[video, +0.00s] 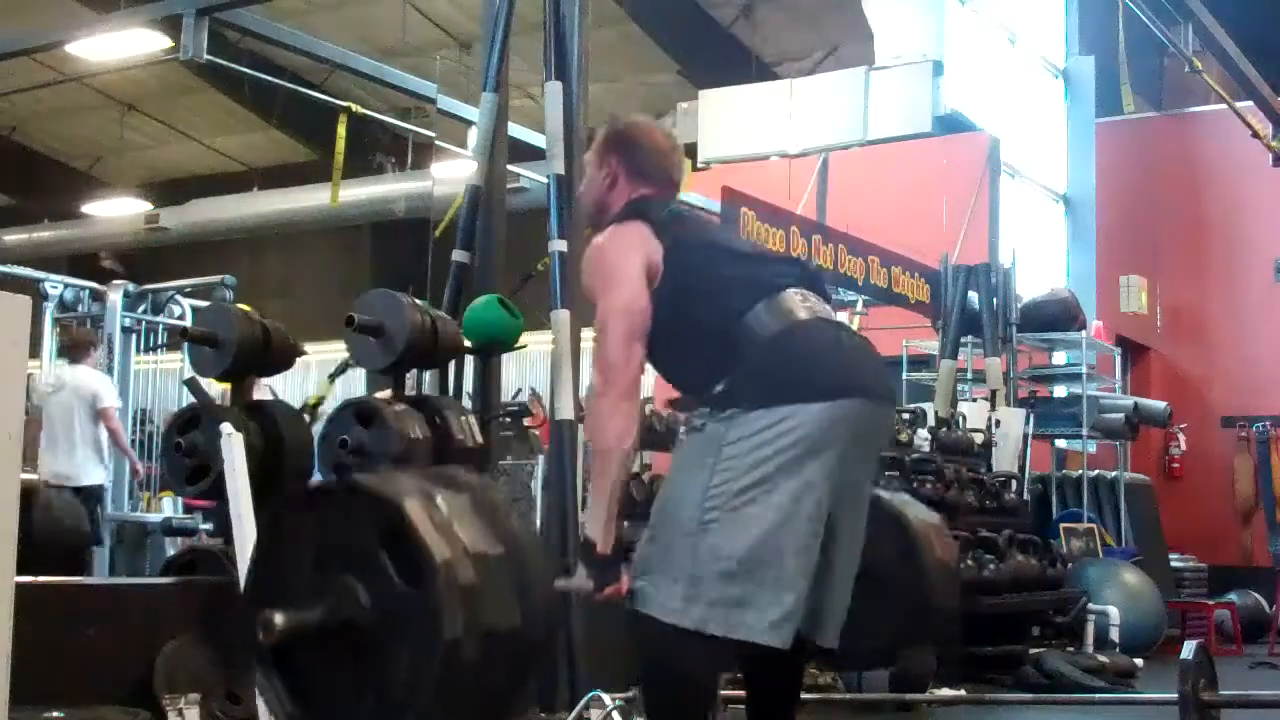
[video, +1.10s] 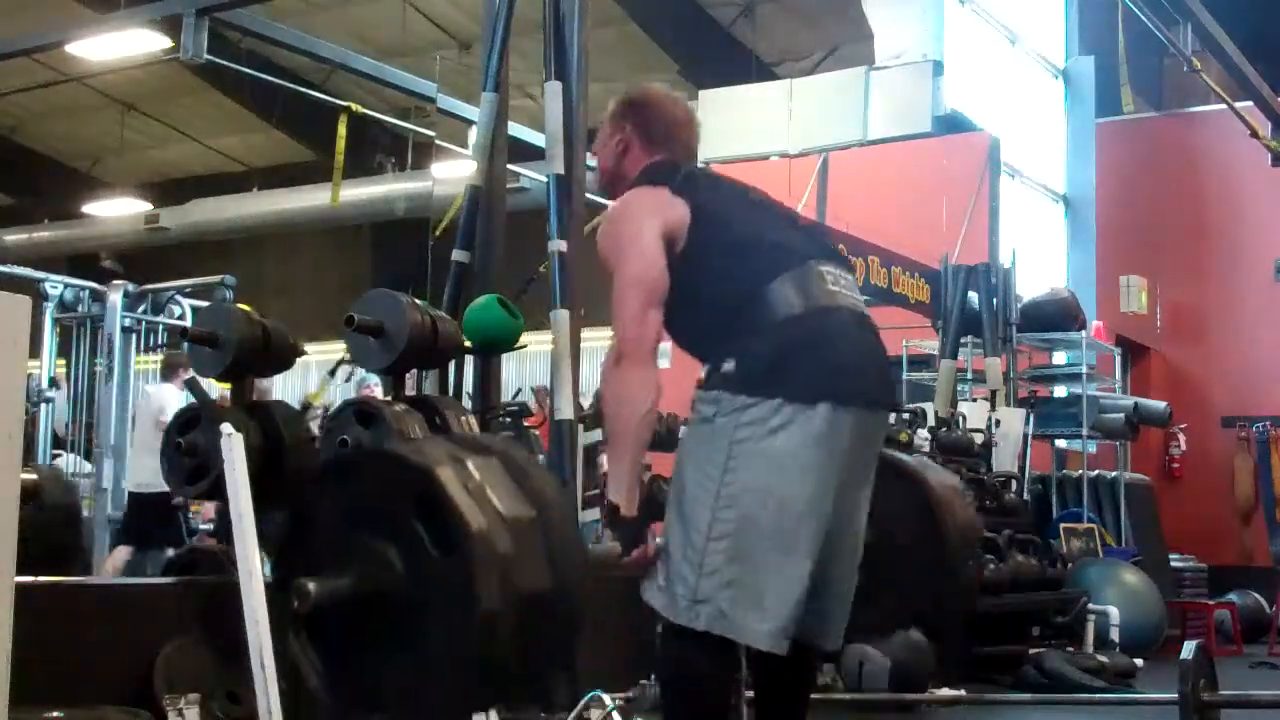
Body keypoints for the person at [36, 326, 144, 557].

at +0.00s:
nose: (97, 357)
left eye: (95, 351)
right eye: (96, 351)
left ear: (67, 351)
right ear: (90, 352)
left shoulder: (47, 379)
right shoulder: (98, 380)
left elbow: (35, 427)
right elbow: (111, 424)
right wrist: (133, 459)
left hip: (51, 477)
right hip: (86, 479)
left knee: (53, 544)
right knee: (86, 545)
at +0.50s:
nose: (127, 365)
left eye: (126, 359)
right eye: (125, 360)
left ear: (100, 360)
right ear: (116, 361)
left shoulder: (81, 387)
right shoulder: (117, 387)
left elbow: (67, 432)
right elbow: (123, 430)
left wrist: (71, 472)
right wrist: (133, 471)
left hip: (83, 482)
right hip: (109, 481)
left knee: (89, 546)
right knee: (116, 544)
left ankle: (87, 593)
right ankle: (90, 588)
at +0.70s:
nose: (141, 368)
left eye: (140, 363)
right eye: (139, 363)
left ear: (116, 362)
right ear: (130, 362)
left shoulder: (95, 388)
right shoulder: (127, 387)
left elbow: (87, 431)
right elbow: (128, 427)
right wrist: (146, 465)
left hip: (94, 480)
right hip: (123, 479)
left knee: (94, 543)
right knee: (144, 537)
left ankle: (93, 597)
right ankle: (125, 584)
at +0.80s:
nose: (148, 372)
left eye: (148, 366)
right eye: (147, 366)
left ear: (125, 365)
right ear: (138, 365)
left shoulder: (104, 388)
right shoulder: (133, 389)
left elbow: (100, 433)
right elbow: (133, 429)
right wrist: (153, 466)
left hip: (100, 481)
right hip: (130, 480)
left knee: (97, 543)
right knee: (153, 541)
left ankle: (93, 602)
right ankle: (147, 598)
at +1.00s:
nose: (176, 377)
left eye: (176, 372)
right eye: (175, 372)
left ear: (151, 371)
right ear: (165, 371)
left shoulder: (135, 392)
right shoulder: (157, 395)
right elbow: (156, 438)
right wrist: (171, 477)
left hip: (122, 484)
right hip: (146, 485)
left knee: (111, 544)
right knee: (166, 550)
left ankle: (91, 594)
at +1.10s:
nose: (189, 378)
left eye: (189, 373)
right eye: (188, 373)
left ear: (165, 371)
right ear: (180, 373)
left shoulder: (146, 393)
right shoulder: (171, 394)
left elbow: (136, 432)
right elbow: (165, 423)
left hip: (137, 483)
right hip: (161, 484)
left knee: (126, 544)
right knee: (179, 548)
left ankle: (99, 591)